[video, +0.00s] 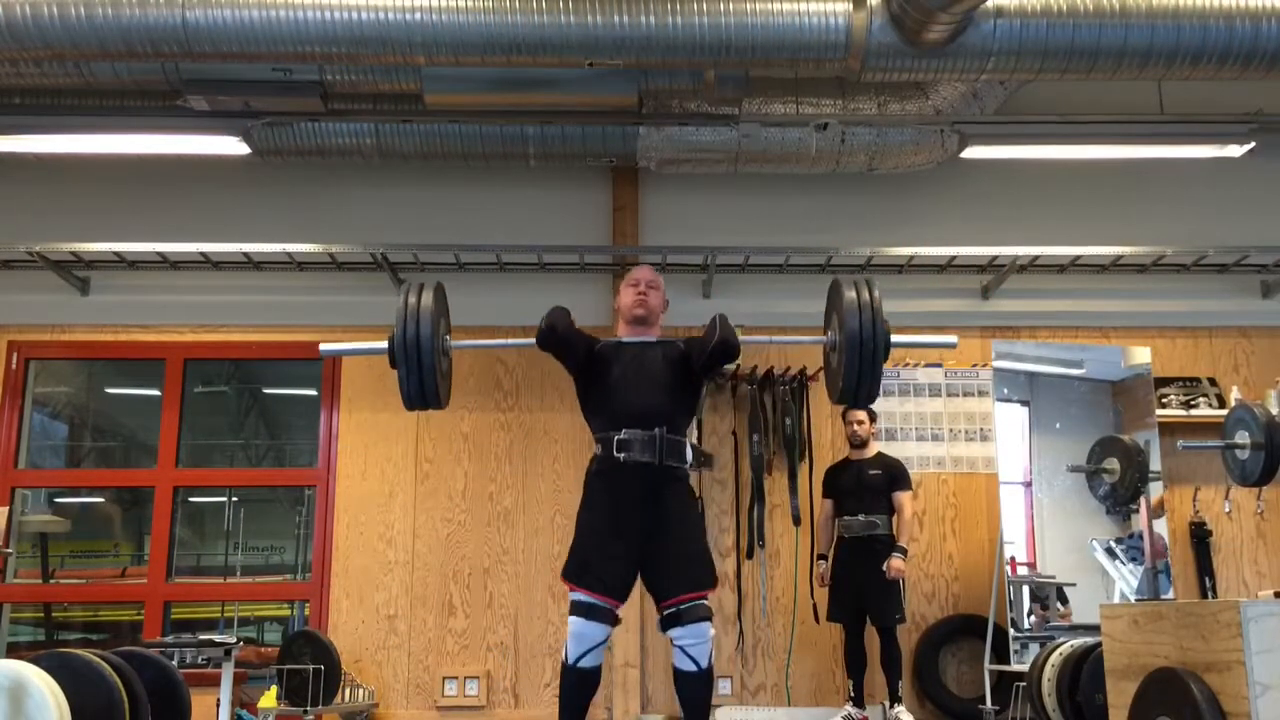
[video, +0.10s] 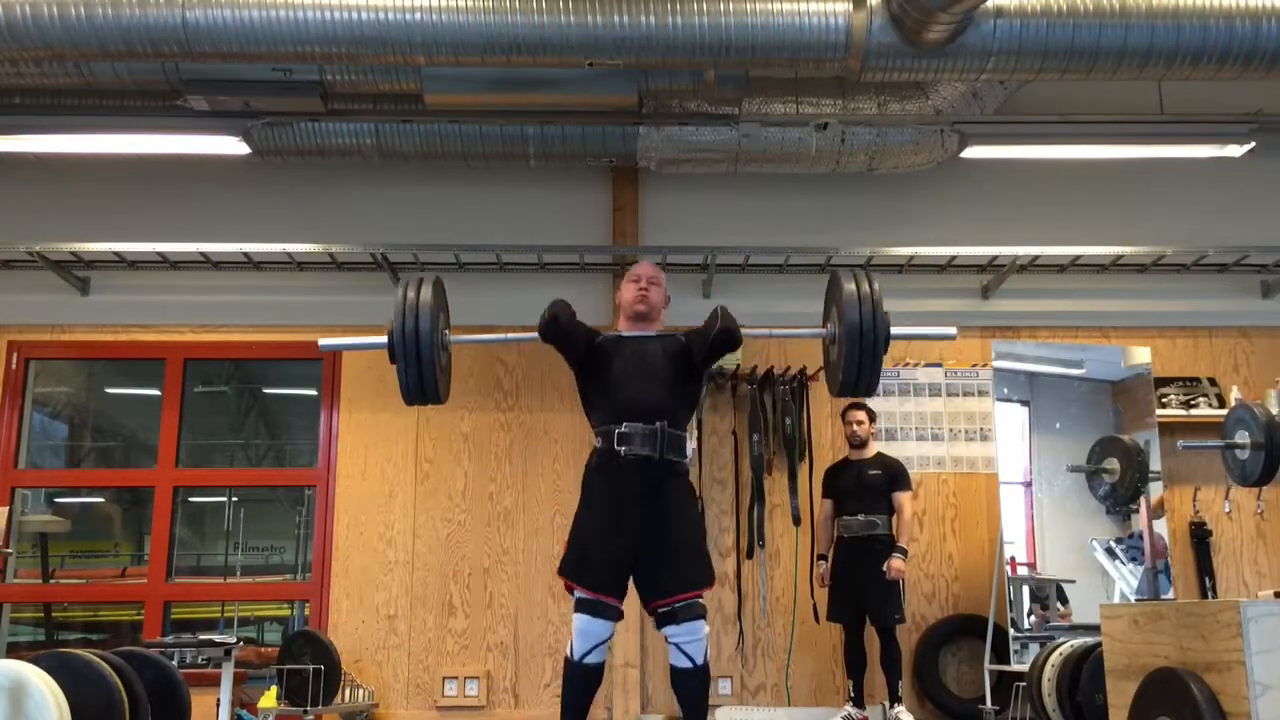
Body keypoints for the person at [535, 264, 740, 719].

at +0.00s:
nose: (642, 290)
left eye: (652, 286)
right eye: (633, 284)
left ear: (664, 306)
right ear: (616, 302)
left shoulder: (683, 354)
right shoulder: (594, 353)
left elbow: (722, 350)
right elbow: (558, 337)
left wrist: (720, 331)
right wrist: (557, 318)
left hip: (673, 501)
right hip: (609, 499)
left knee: (694, 633)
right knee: (587, 631)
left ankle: (697, 718)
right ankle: (570, 718)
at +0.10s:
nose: (643, 286)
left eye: (653, 282)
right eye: (634, 280)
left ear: (666, 302)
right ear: (617, 297)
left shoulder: (684, 348)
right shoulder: (594, 347)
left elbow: (725, 335)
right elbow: (557, 324)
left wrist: (718, 318)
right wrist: (560, 311)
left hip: (670, 497)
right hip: (607, 496)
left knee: (688, 632)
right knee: (592, 629)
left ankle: (696, 718)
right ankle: (571, 717)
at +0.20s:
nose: (643, 279)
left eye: (653, 276)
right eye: (634, 274)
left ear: (665, 295)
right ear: (617, 291)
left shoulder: (682, 340)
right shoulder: (594, 339)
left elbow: (722, 332)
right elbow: (553, 336)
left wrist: (721, 315)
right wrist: (556, 311)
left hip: (669, 490)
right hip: (607, 489)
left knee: (682, 627)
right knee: (587, 622)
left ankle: (695, 717)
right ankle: (567, 717)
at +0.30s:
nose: (644, 278)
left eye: (654, 273)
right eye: (635, 271)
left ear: (665, 291)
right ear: (617, 285)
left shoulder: (684, 342)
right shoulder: (590, 342)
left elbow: (720, 396)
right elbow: (555, 398)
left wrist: (724, 343)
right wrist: (551, 345)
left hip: (664, 486)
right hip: (603, 485)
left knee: (679, 619)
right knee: (586, 616)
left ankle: (698, 717)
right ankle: (569, 717)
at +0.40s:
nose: (642, 294)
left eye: (653, 287)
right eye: (635, 284)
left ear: (665, 297)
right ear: (618, 288)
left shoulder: (682, 351)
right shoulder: (587, 348)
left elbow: (721, 424)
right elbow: (550, 424)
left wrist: (723, 371)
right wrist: (550, 373)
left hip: (660, 495)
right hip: (598, 493)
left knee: (684, 626)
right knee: (581, 623)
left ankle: (705, 717)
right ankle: (568, 717)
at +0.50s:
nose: (639, 321)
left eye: (649, 312)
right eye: (631, 310)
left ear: (663, 311)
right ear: (615, 306)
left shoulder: (684, 361)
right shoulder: (586, 359)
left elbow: (730, 428)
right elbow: (548, 433)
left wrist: (728, 407)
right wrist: (550, 411)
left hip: (661, 502)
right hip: (600, 500)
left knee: (686, 626)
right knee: (583, 622)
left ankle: (698, 716)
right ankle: (568, 717)